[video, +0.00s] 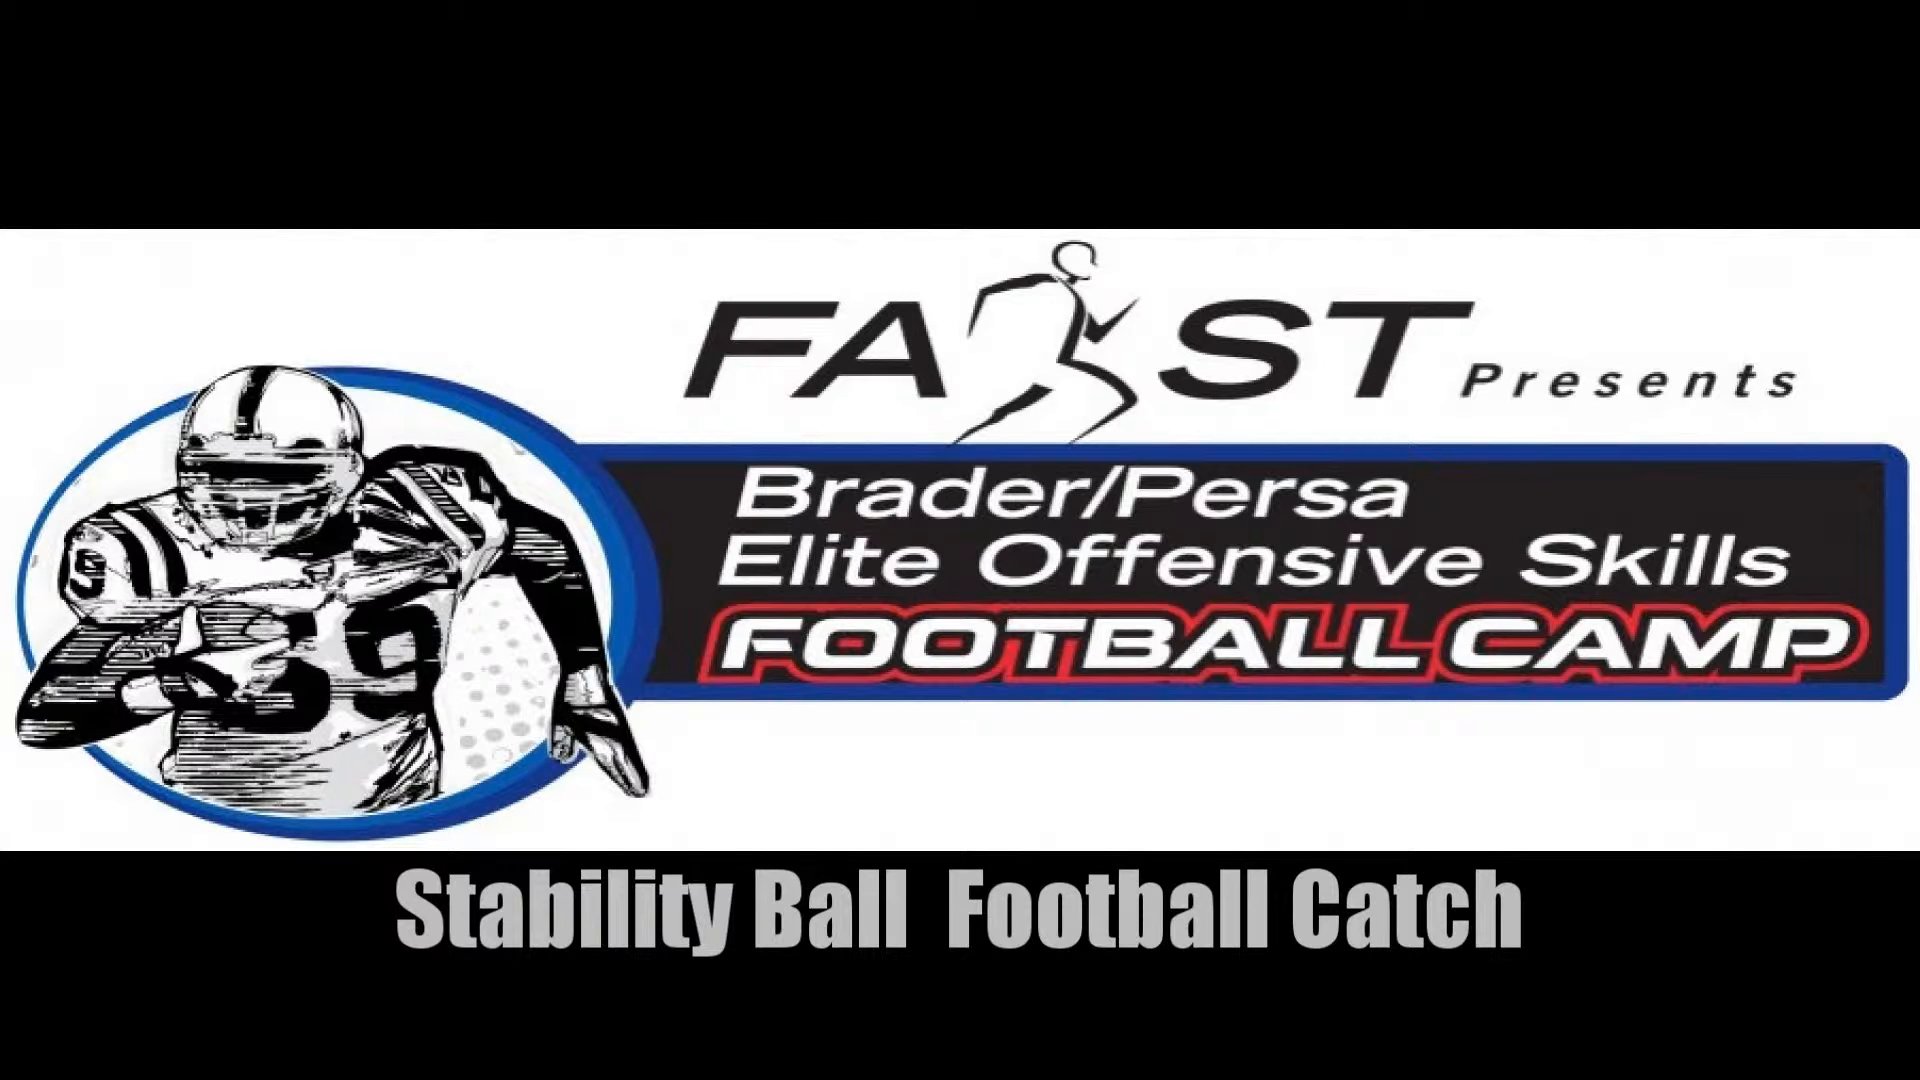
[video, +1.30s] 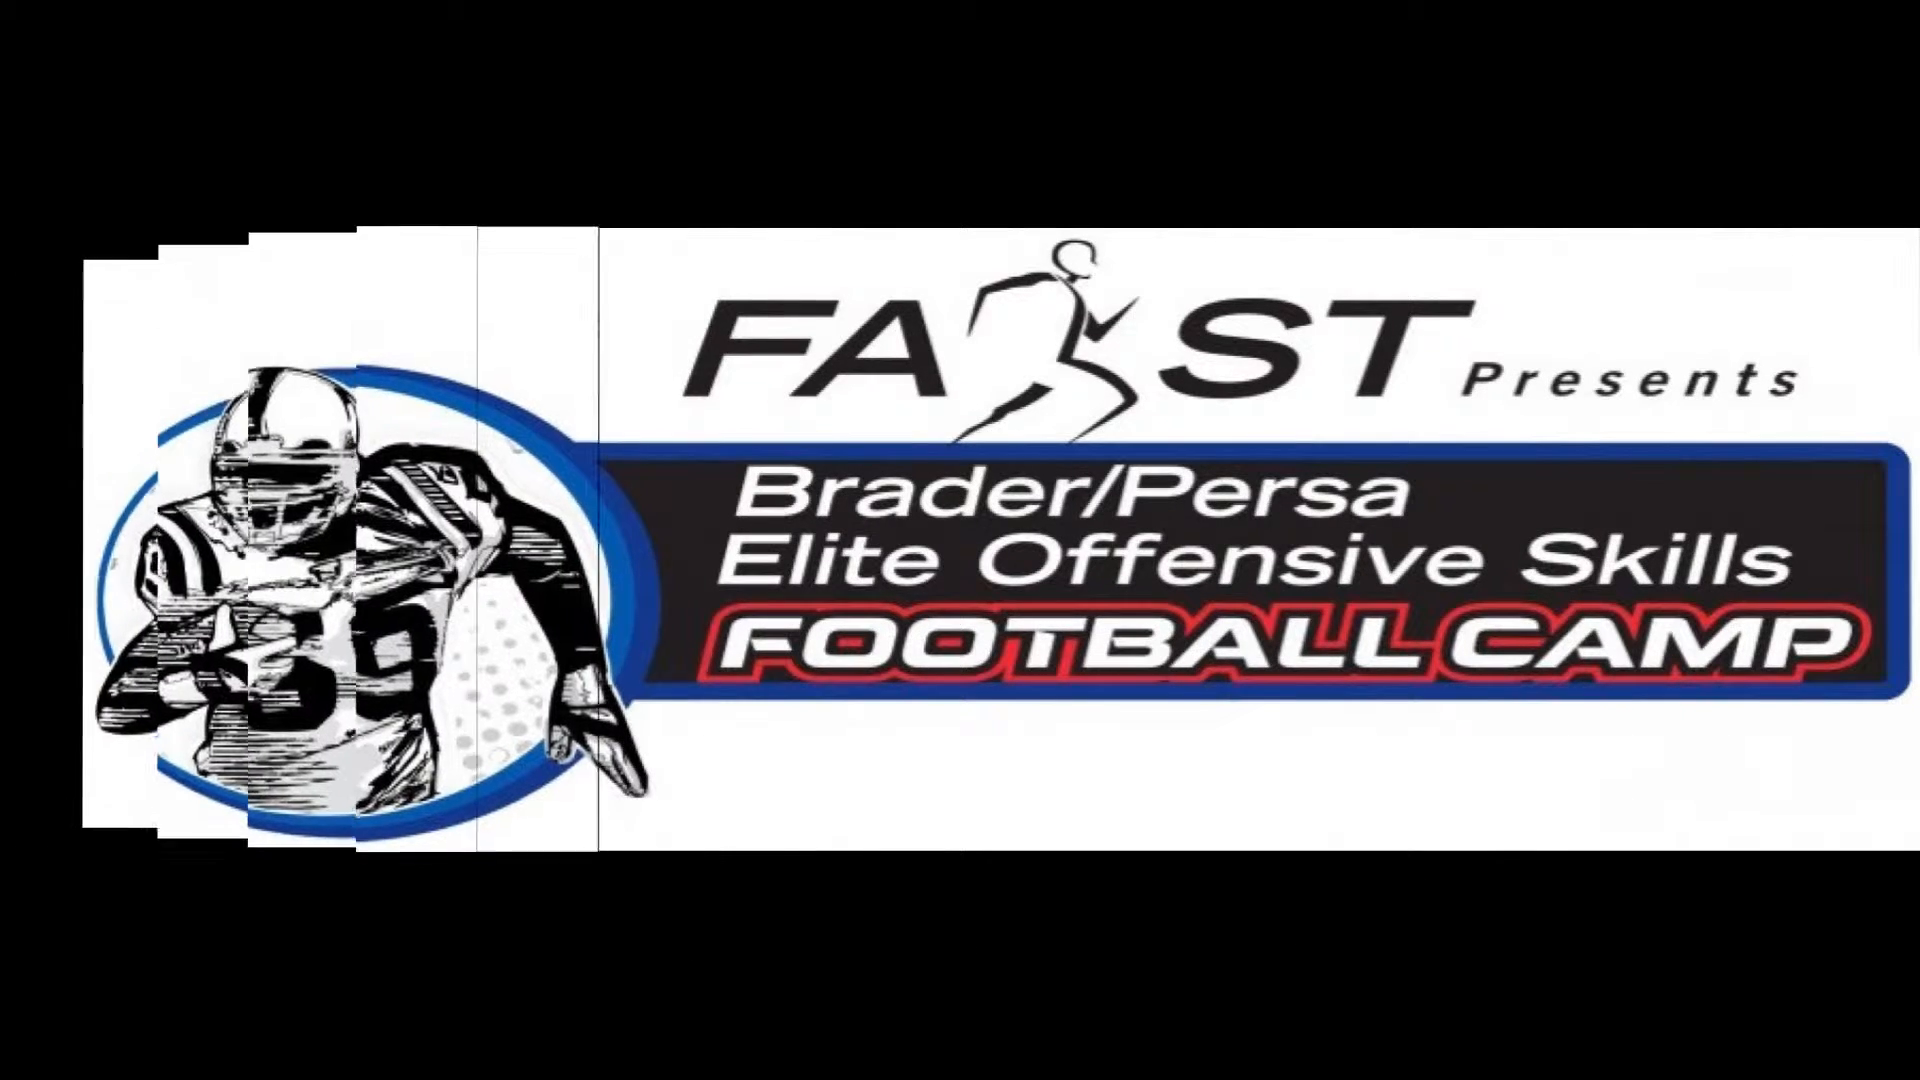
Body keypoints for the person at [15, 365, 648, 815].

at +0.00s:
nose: (252, 515)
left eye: (280, 494)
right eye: (229, 492)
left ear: (336, 480)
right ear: (194, 479)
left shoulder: (425, 508)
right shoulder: (142, 549)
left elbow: (546, 548)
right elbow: (43, 716)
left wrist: (585, 671)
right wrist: (175, 683)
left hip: (386, 814)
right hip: (218, 816)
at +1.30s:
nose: (269, 504)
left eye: (296, 484)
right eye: (250, 482)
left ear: (344, 476)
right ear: (224, 473)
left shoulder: (425, 505)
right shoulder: (186, 545)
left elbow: (543, 549)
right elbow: (117, 706)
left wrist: (583, 678)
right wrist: (223, 672)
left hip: (390, 803)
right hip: (245, 803)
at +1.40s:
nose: (320, 513)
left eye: (344, 492)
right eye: (303, 491)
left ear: (380, 478)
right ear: (278, 477)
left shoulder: (447, 511)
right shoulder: (247, 549)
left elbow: (550, 551)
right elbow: (182, 697)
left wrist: (584, 675)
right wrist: (277, 666)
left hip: (421, 794)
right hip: (297, 794)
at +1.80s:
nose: (402, 531)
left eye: (424, 513)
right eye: (383, 513)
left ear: (467, 501)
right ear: (355, 504)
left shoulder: (535, 524)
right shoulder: (314, 559)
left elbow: (633, 555)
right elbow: (233, 690)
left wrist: (663, 652)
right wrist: (337, 662)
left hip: (511, 764)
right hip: (376, 767)